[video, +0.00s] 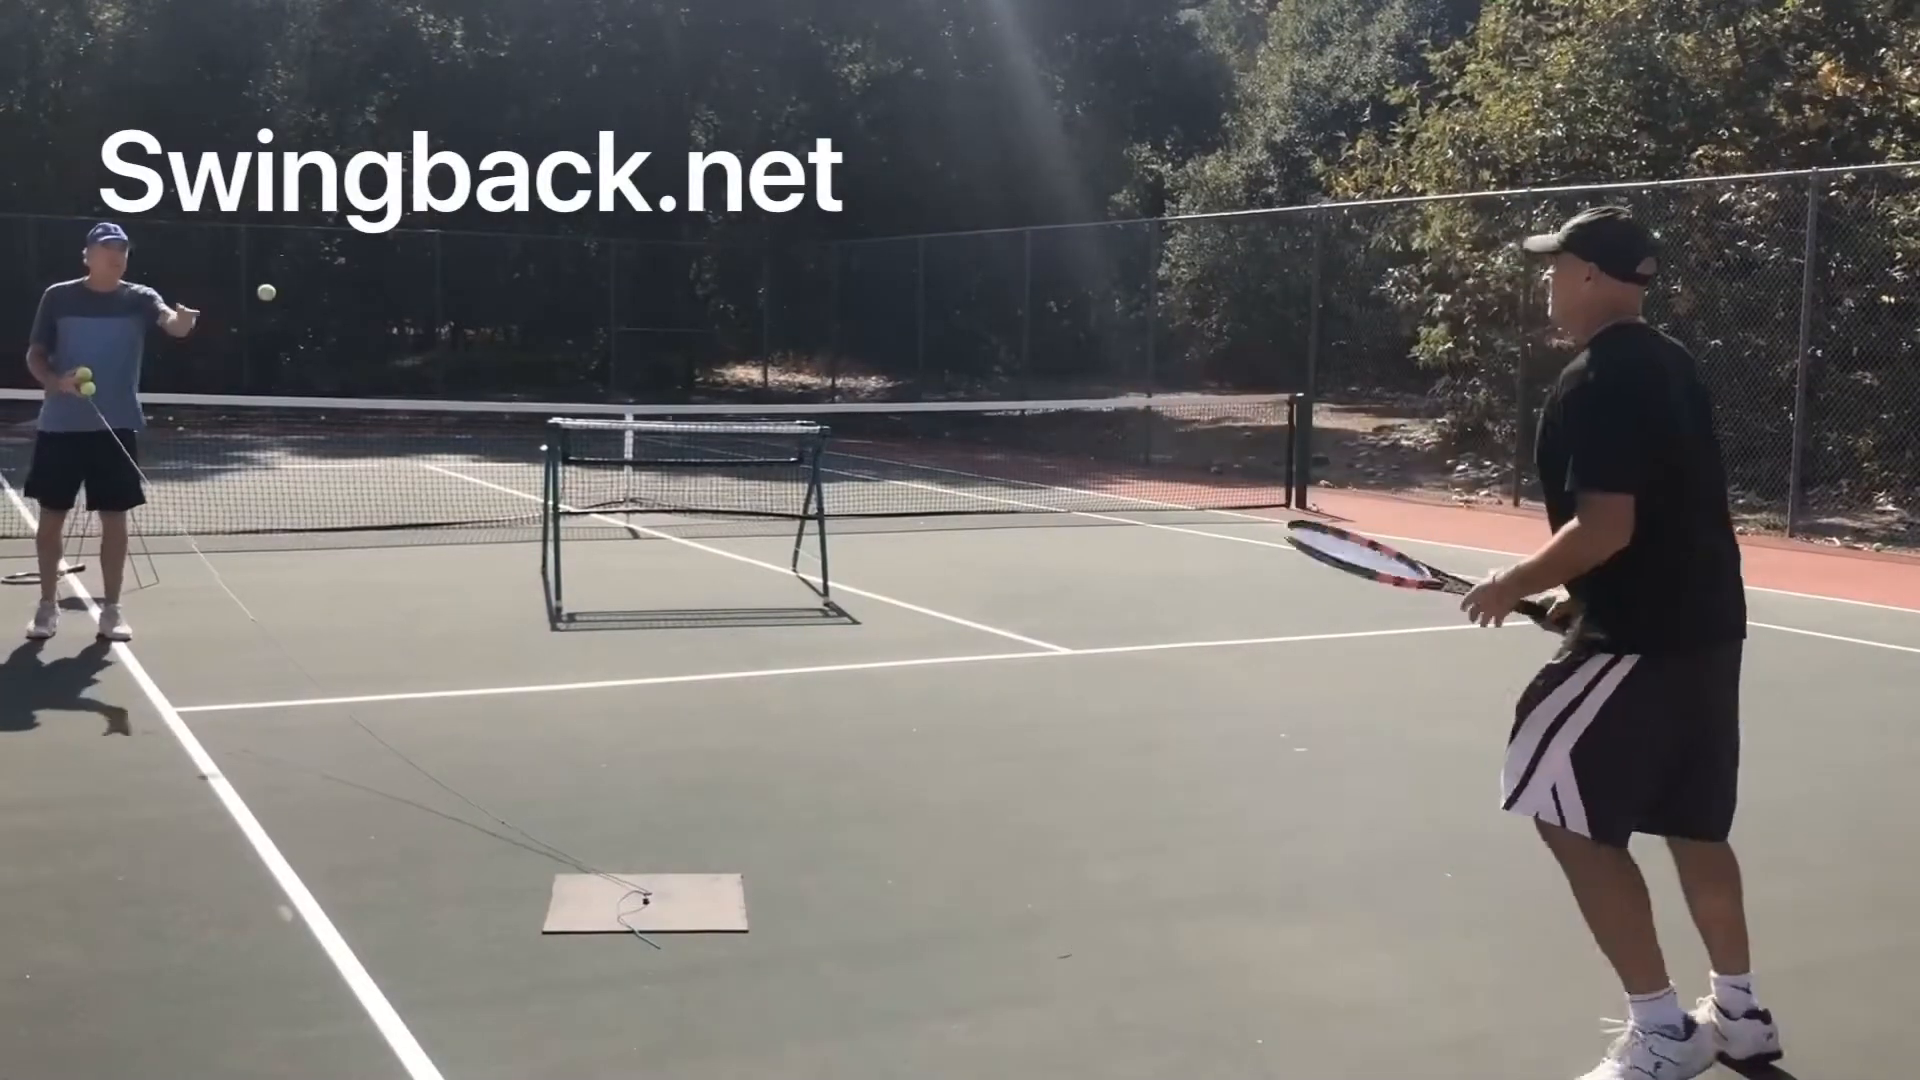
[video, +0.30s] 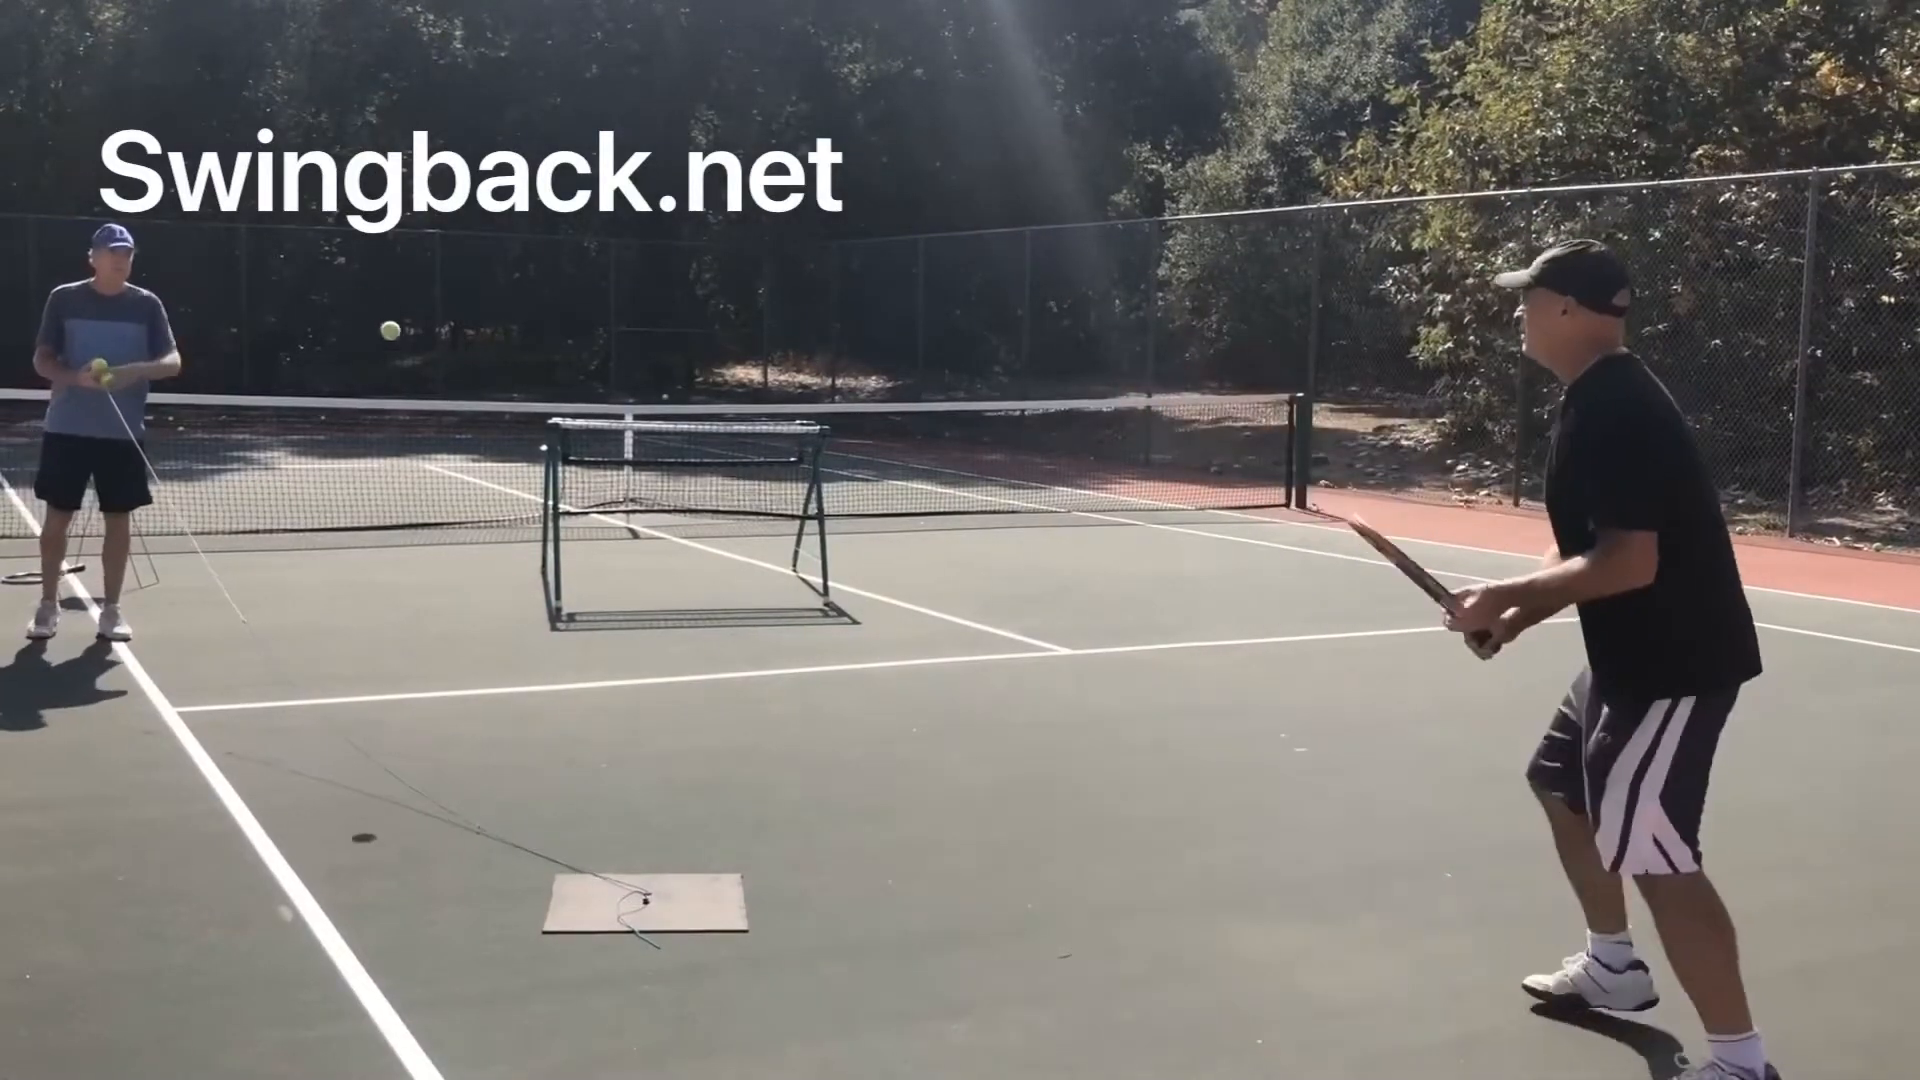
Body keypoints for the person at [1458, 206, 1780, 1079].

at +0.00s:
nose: (1549, 287)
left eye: (1561, 272)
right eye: (1553, 271)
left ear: (1604, 282)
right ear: (1621, 284)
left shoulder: (1602, 377)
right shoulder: (1670, 364)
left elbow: (1606, 526)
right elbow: (1677, 518)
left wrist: (1511, 583)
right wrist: (1582, 592)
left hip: (1639, 641)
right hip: (1708, 635)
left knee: (1563, 808)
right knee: (1692, 818)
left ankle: (1662, 1029)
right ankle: (1740, 1011)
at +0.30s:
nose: (1521, 316)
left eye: (1532, 303)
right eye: (1526, 302)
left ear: (1572, 314)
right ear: (1584, 315)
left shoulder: (1614, 403)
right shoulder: (1597, 397)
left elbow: (1633, 561)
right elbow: (1605, 552)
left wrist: (1508, 594)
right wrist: (1520, 608)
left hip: (1680, 664)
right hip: (1631, 653)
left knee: (1647, 836)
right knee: (1561, 781)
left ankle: (1740, 1059)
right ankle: (1614, 967)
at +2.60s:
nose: (1426, 307)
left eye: (1436, 294)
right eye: (1431, 293)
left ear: (1473, 301)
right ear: (1504, 305)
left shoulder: (1476, 395)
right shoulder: (1554, 381)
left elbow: (1486, 538)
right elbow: (1558, 519)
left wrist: (1401, 565)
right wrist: (1459, 581)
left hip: (1532, 645)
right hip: (1591, 632)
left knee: (1478, 814)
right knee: (1551, 802)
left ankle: (1592, 1043)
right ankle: (1620, 980)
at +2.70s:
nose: (1436, 340)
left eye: (1445, 326)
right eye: (1439, 325)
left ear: (1481, 334)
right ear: (1515, 337)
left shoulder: (1490, 426)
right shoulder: (1543, 413)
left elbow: (1504, 575)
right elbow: (1539, 563)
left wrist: (1405, 589)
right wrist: (1443, 607)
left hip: (1551, 680)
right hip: (1596, 668)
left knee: (1506, 845)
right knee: (1557, 826)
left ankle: (1602, 1057)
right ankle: (1617, 981)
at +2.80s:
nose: (1425, 325)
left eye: (1436, 312)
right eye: (1430, 312)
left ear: (1476, 323)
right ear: (1487, 325)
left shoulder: (1504, 407)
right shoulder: (1503, 402)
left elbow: (1534, 549)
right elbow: (1512, 546)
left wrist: (1407, 566)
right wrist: (1423, 592)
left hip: (1566, 656)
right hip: (1562, 645)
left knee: (1529, 829)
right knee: (1507, 782)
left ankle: (1608, 1052)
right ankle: (1624, 963)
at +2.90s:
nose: (1412, 315)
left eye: (1425, 302)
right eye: (1417, 303)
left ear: (1467, 315)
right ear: (1470, 317)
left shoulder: (1506, 394)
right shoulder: (1474, 398)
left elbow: (1552, 526)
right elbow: (1458, 523)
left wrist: (1419, 528)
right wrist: (1393, 564)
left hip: (1553, 650)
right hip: (1544, 642)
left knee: (1516, 830)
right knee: (1548, 818)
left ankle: (1602, 1043)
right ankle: (1641, 989)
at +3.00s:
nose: (1394, 318)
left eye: (1406, 302)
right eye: (1396, 303)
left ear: (1456, 311)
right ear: (1443, 313)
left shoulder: (1511, 391)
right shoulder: (1433, 395)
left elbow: (1564, 512)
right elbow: (1394, 481)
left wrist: (1435, 499)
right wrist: (1365, 525)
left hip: (1541, 638)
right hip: (1515, 634)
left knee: (1458, 792)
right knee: (1550, 812)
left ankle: (1555, 994)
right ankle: (1639, 980)